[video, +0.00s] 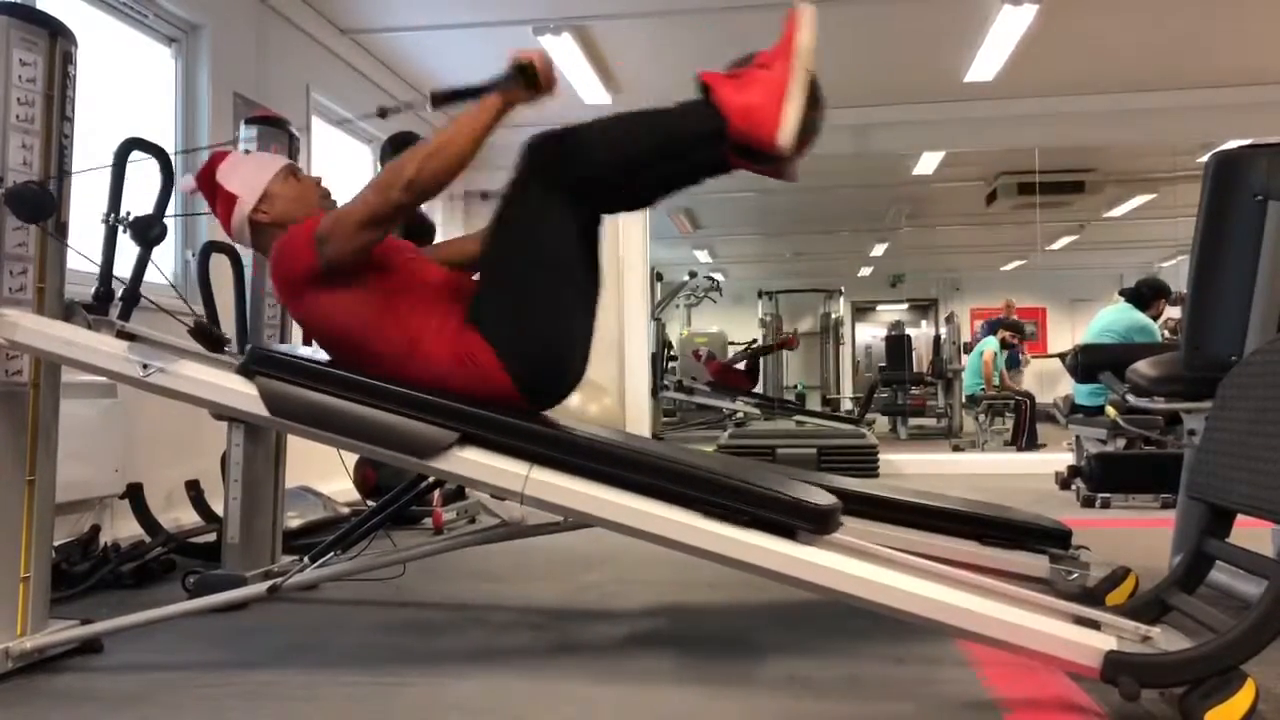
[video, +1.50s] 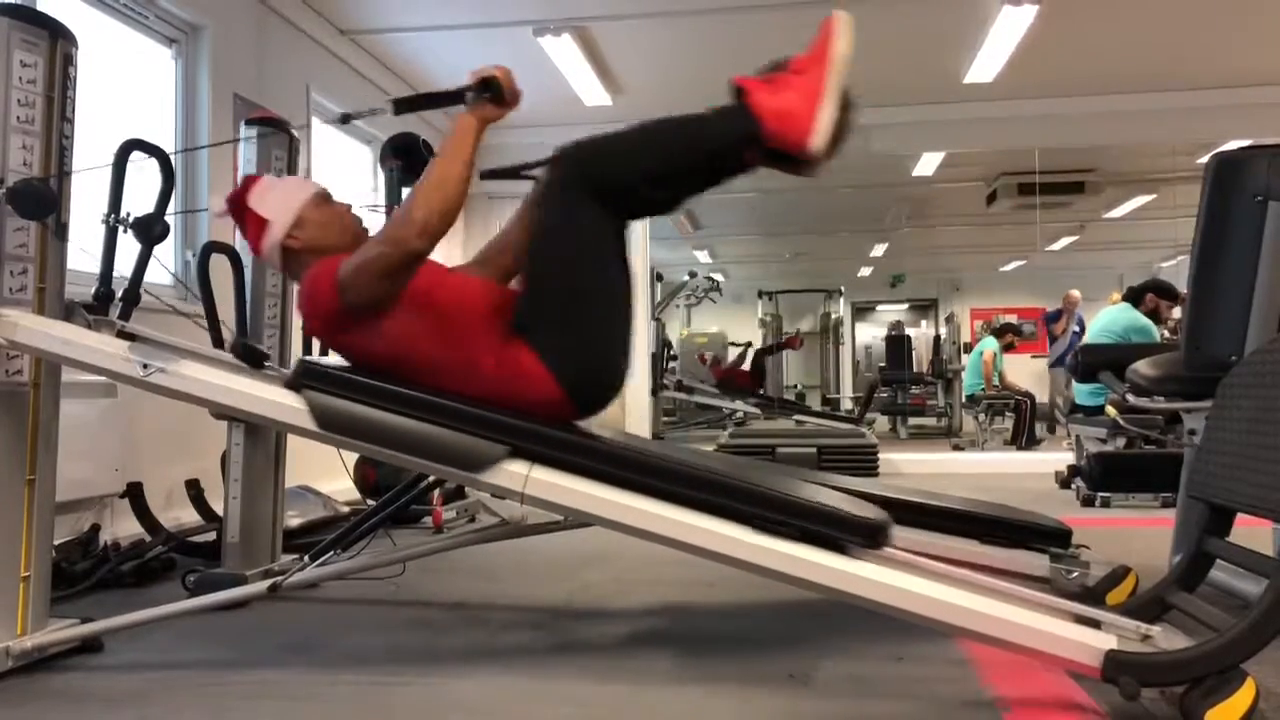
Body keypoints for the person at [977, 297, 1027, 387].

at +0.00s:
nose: (1009, 310)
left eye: (1011, 307)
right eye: (1007, 307)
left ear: (1014, 309)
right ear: (1003, 308)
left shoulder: (1017, 325)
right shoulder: (991, 324)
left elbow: (1021, 342)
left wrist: (1023, 354)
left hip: (1015, 365)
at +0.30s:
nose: (1023, 309)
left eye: (1026, 306)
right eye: (1020, 306)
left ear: (1030, 308)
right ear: (1016, 307)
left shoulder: (1033, 325)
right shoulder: (1007, 323)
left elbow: (1035, 343)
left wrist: (1037, 354)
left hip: (1028, 369)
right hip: (1010, 369)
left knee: (1029, 399)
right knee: (1010, 400)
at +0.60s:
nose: (1033, 309)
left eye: (1035, 306)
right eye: (1030, 306)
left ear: (1038, 307)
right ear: (1024, 307)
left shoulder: (1045, 324)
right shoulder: (1016, 323)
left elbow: (1052, 339)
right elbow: (1000, 333)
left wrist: (1053, 351)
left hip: (1041, 366)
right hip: (1023, 365)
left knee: (1034, 394)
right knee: (1028, 394)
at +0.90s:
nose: (1046, 308)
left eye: (1048, 305)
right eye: (1043, 305)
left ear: (1050, 305)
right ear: (1034, 304)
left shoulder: (1053, 319)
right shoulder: (1026, 319)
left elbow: (1058, 339)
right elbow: (1023, 341)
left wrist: (1066, 350)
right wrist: (1039, 324)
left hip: (1052, 364)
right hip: (1034, 365)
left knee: (1057, 394)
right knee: (1042, 394)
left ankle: (1057, 418)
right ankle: (1043, 423)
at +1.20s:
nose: (1058, 309)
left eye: (1061, 306)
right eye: (1056, 305)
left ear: (1064, 305)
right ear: (1049, 302)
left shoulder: (1063, 319)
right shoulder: (1037, 317)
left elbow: (1067, 338)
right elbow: (1038, 334)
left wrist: (1070, 348)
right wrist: (1052, 320)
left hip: (1061, 363)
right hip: (1042, 364)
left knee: (1065, 394)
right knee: (1043, 397)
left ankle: (1056, 416)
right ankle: (1043, 424)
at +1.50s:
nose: (1072, 307)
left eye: (1075, 304)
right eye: (1070, 303)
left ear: (1079, 304)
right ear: (1064, 302)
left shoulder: (1079, 319)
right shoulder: (1053, 316)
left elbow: (1081, 336)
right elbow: (1056, 331)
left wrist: (1076, 350)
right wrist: (1066, 314)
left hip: (1072, 361)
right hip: (1057, 361)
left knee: (1070, 393)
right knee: (1057, 393)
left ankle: (1066, 418)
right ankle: (1056, 421)